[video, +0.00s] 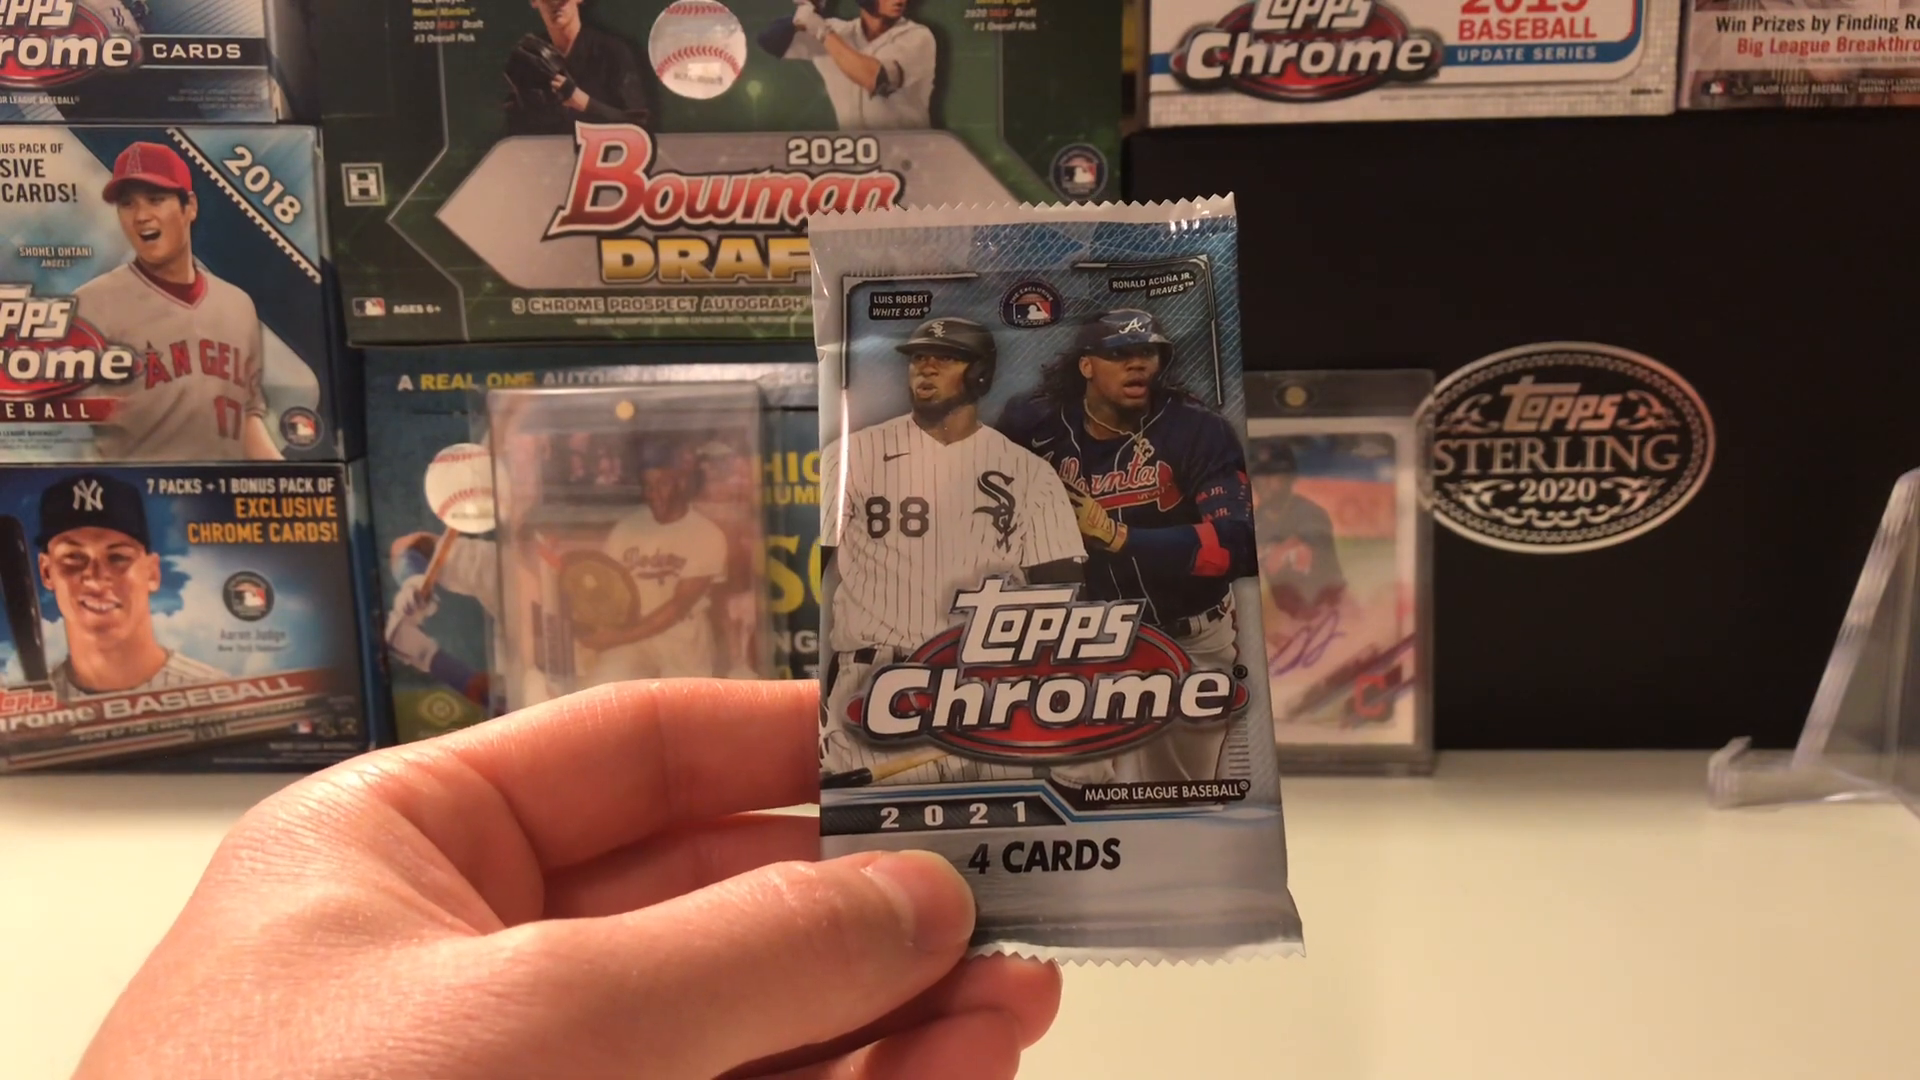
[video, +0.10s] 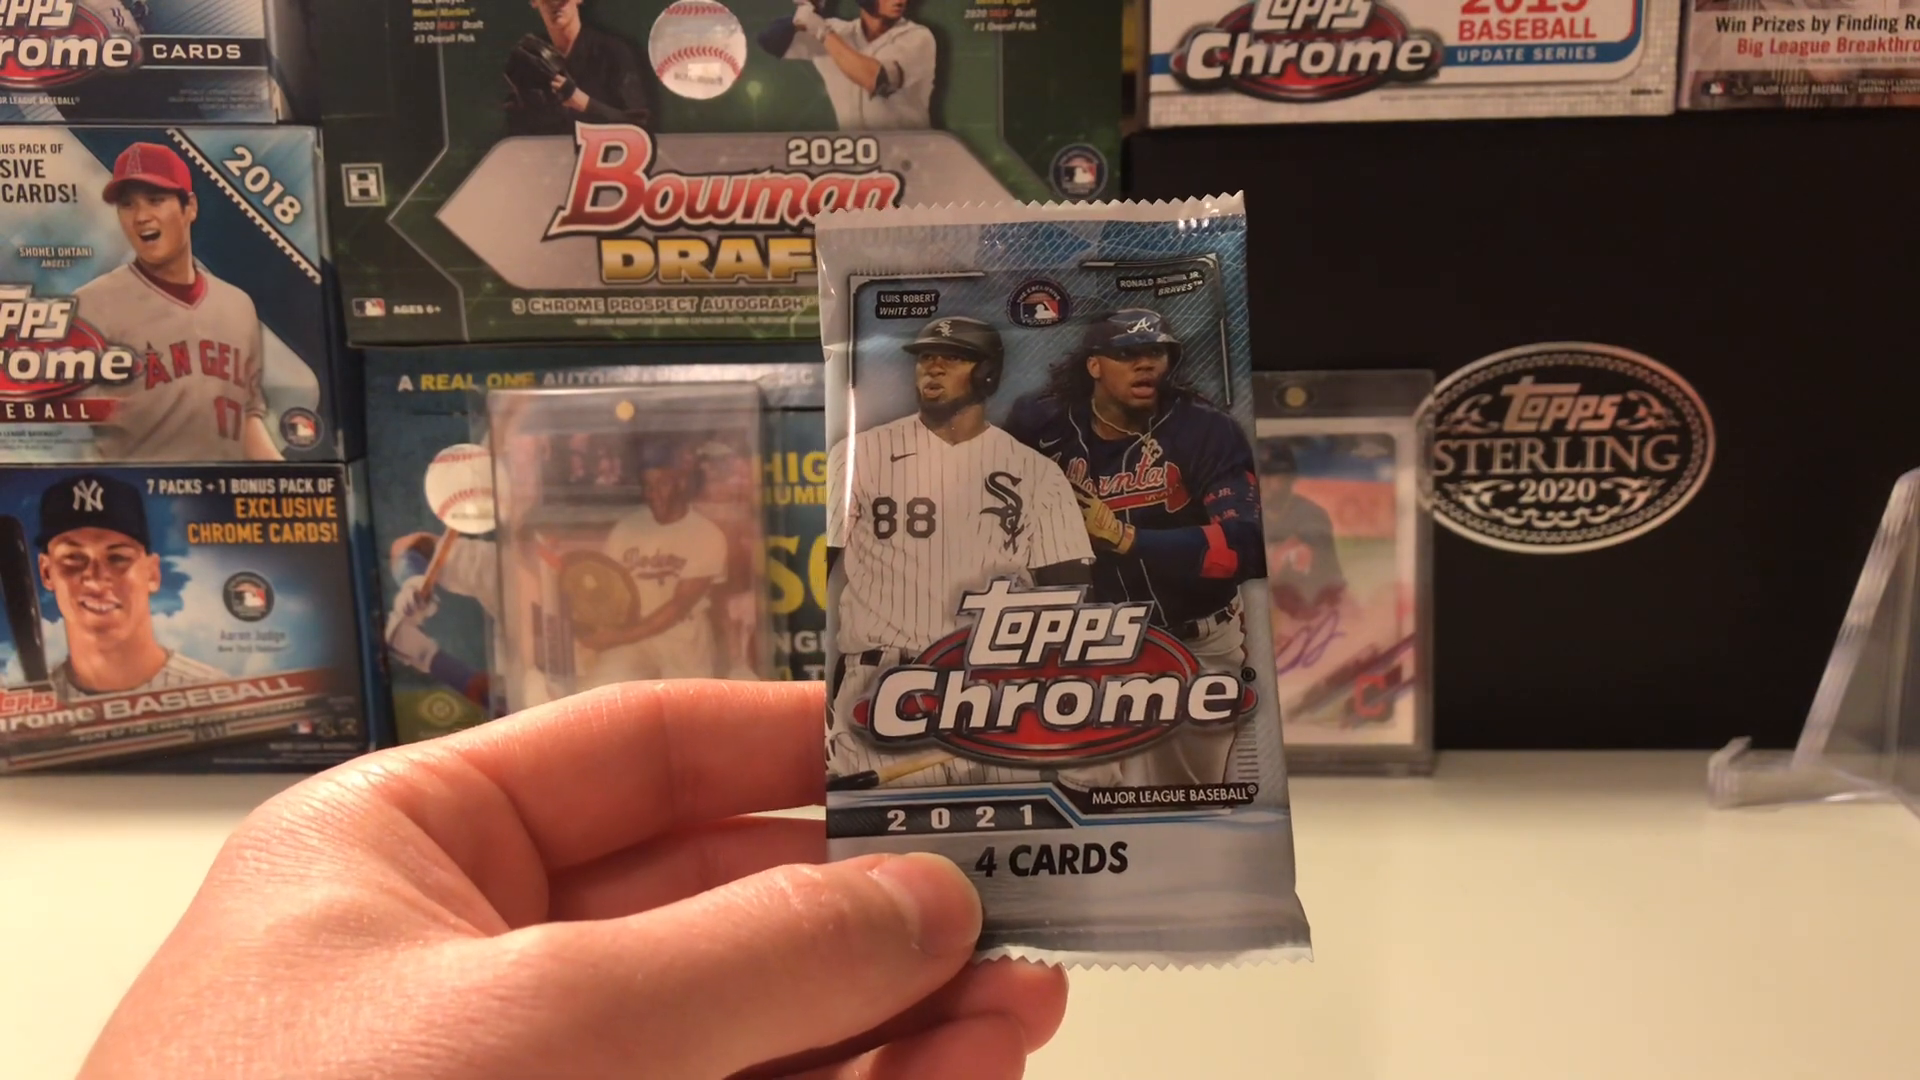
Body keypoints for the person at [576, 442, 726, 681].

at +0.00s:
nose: (652, 495)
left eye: (661, 485)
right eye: (647, 486)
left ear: (682, 484)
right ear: (642, 489)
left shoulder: (707, 536)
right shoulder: (624, 530)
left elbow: (679, 606)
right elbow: (603, 588)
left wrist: (617, 637)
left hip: (683, 644)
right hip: (625, 644)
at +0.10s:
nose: (652, 495)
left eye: (660, 486)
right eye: (647, 487)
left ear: (682, 484)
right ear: (642, 489)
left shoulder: (707, 536)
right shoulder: (624, 530)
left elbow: (679, 606)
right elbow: (603, 588)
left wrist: (617, 637)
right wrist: (594, 627)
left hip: (683, 640)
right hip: (626, 640)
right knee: (601, 704)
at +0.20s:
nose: (652, 495)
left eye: (660, 485)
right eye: (647, 486)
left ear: (682, 484)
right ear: (642, 489)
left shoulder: (708, 536)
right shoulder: (625, 529)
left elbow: (679, 607)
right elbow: (603, 587)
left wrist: (617, 636)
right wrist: (593, 625)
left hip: (684, 638)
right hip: (628, 639)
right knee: (599, 700)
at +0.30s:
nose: (652, 495)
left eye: (660, 485)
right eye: (647, 486)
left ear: (682, 483)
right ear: (642, 489)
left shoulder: (707, 536)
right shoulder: (625, 529)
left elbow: (679, 606)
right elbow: (604, 587)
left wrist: (618, 636)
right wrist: (594, 626)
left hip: (684, 637)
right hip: (629, 638)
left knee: (688, 708)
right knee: (599, 696)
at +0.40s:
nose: (652, 495)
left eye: (660, 485)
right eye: (647, 486)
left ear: (682, 483)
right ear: (642, 489)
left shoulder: (707, 535)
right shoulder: (625, 529)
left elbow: (680, 606)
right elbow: (604, 587)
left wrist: (618, 636)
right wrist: (596, 626)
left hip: (683, 635)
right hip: (629, 637)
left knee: (689, 705)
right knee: (602, 694)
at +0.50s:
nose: (652, 495)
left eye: (659, 485)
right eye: (647, 486)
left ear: (681, 483)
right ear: (642, 488)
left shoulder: (707, 535)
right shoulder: (625, 530)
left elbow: (680, 606)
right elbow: (603, 588)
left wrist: (620, 636)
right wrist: (596, 627)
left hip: (684, 637)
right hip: (629, 638)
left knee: (687, 710)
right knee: (602, 696)